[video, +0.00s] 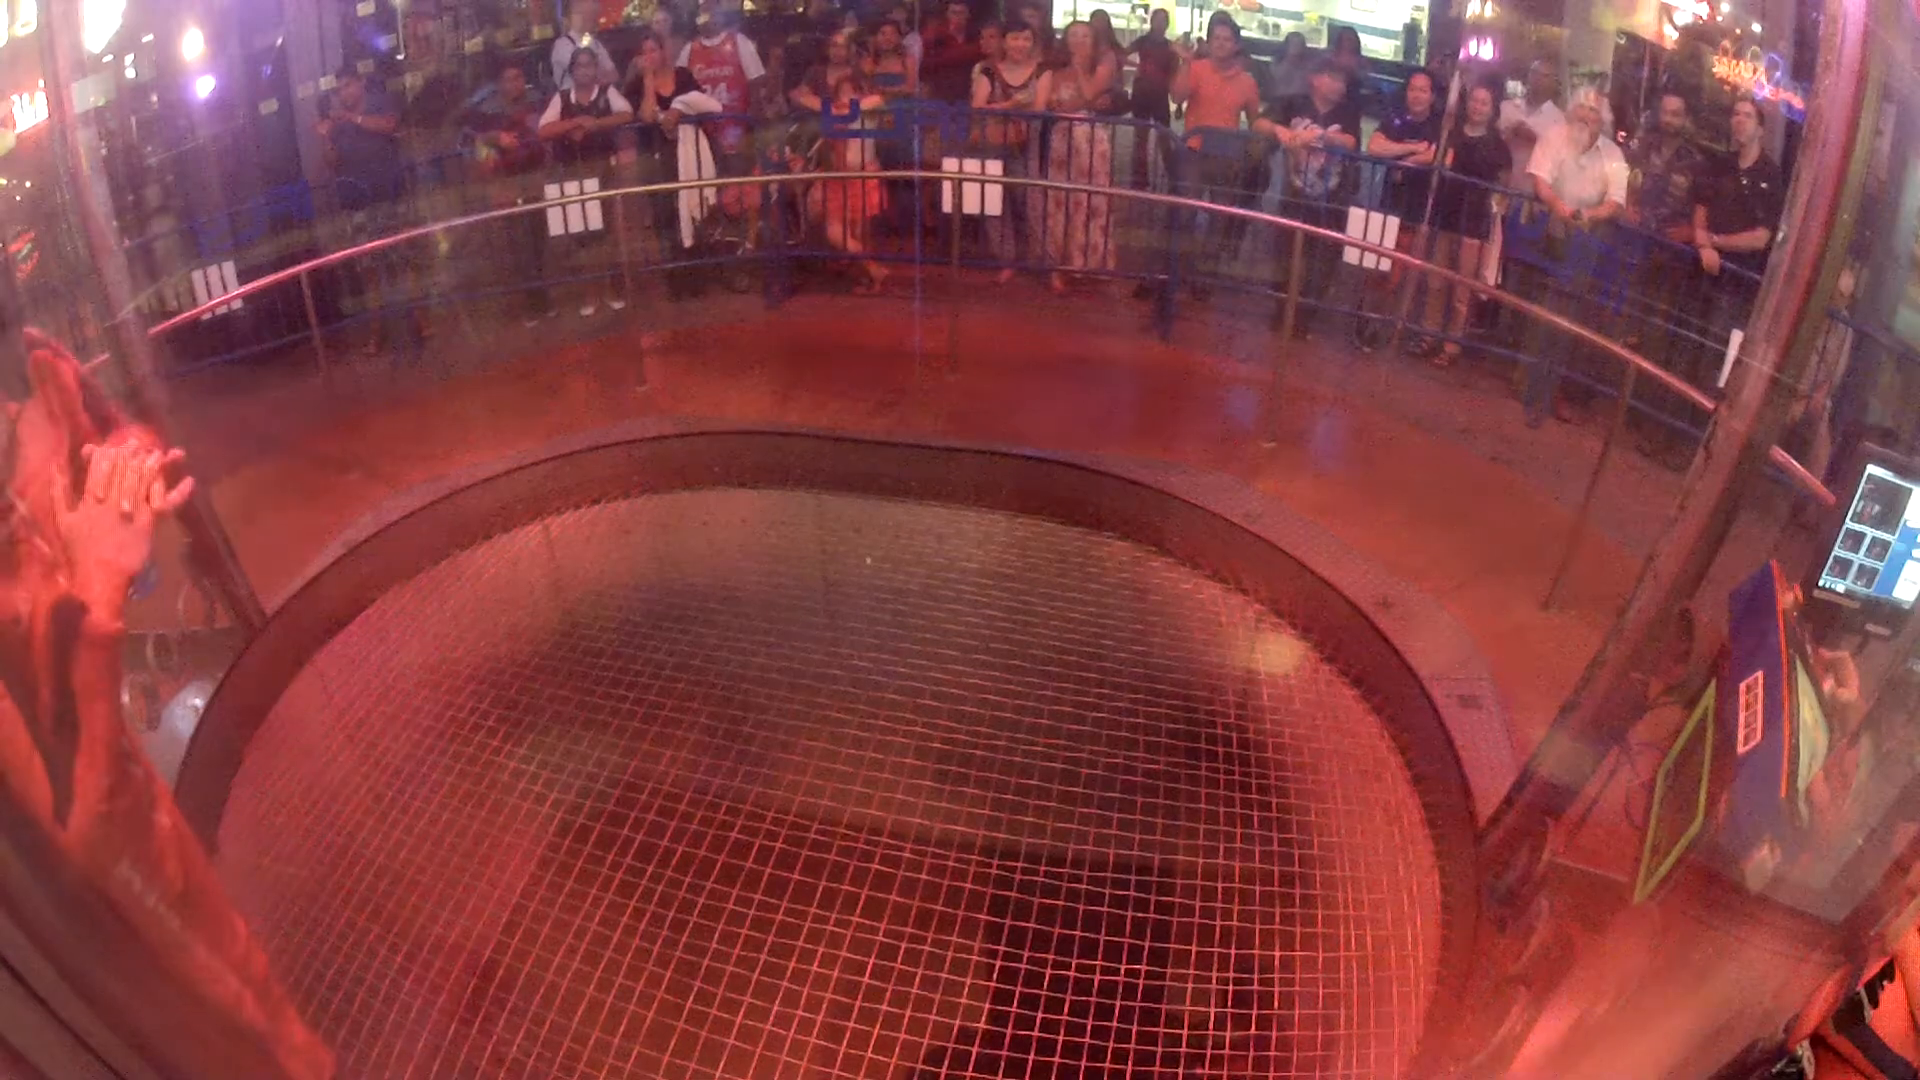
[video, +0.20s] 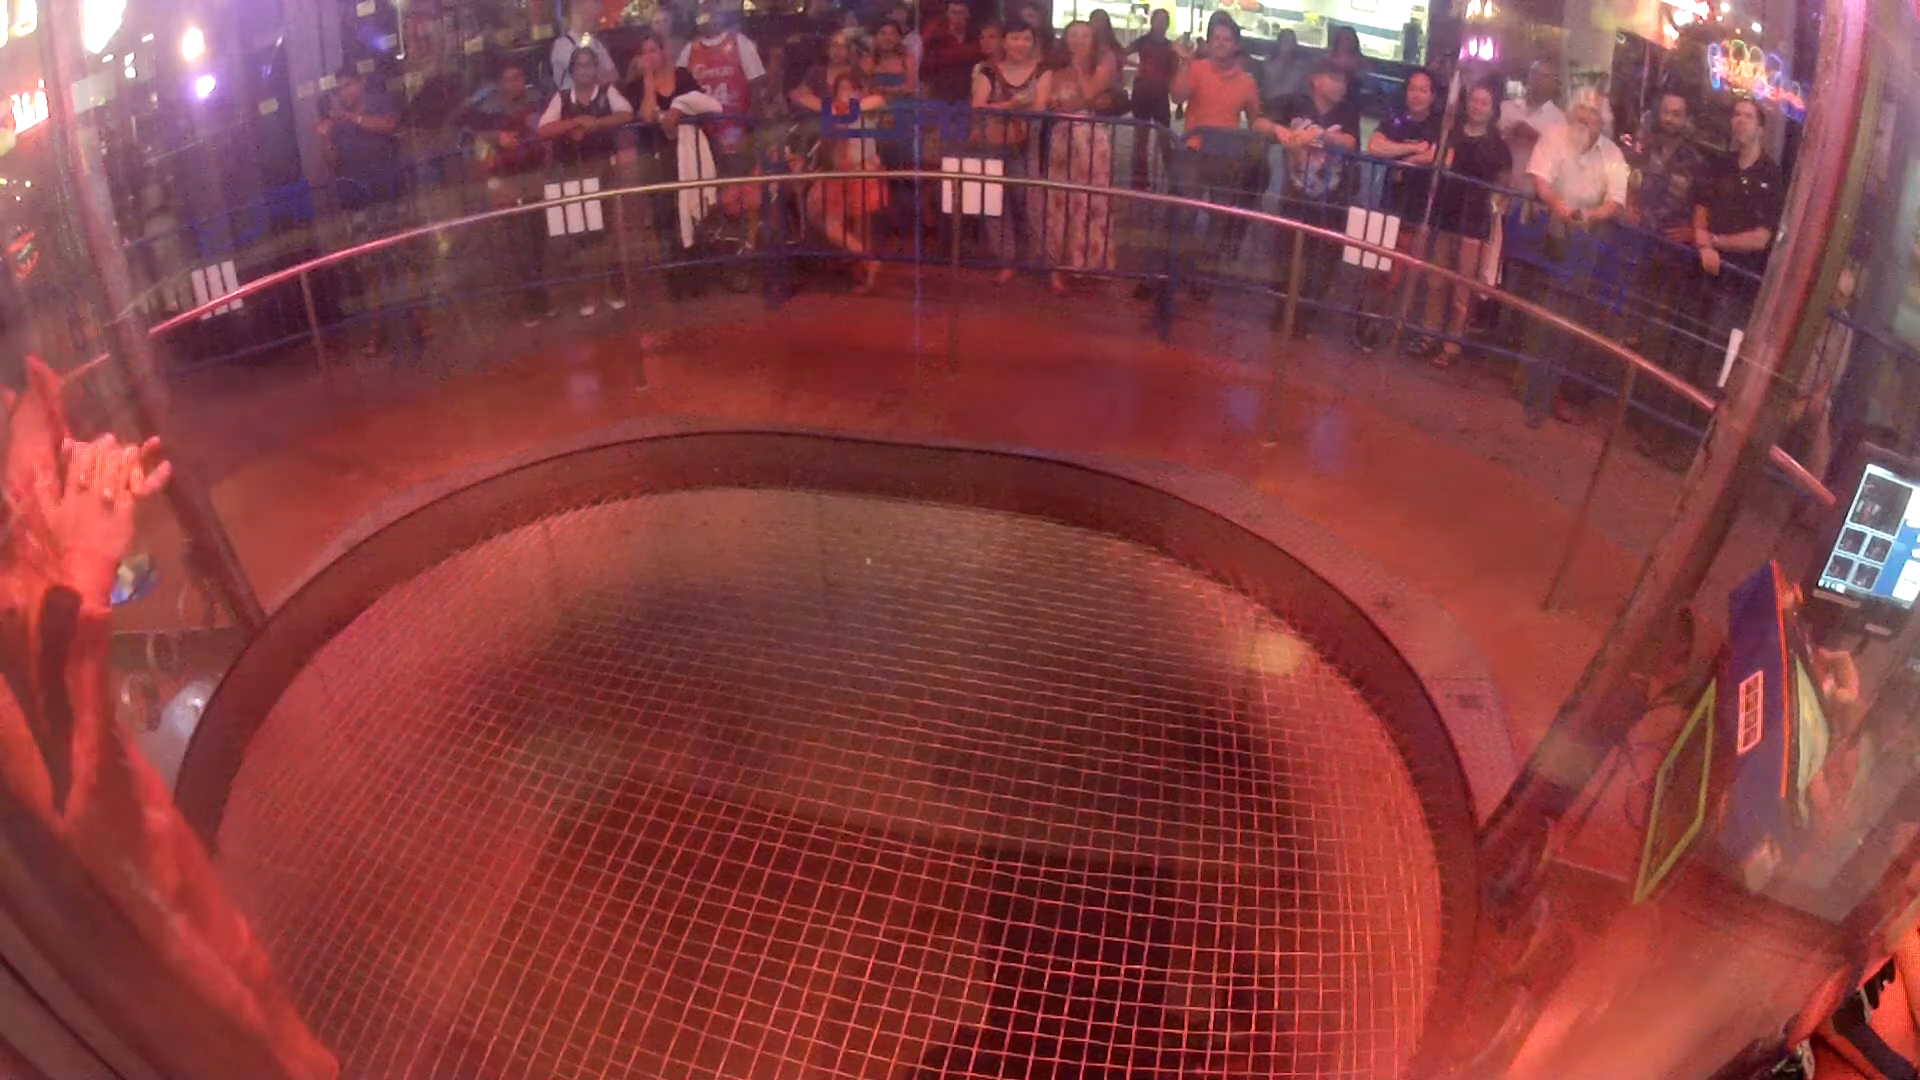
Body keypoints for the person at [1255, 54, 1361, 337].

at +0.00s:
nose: (1341, 88)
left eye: (1343, 83)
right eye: (1335, 81)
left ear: (1346, 87)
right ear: (1316, 80)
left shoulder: (1348, 112)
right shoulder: (1293, 104)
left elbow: (1352, 143)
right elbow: (1258, 123)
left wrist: (1321, 136)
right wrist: (1282, 132)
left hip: (1331, 202)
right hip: (1295, 196)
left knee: (1323, 262)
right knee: (1287, 254)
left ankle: (1306, 317)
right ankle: (1281, 310)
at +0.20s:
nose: (1341, 87)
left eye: (1343, 82)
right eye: (1334, 80)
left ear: (1345, 85)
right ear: (1316, 81)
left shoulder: (1348, 111)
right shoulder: (1292, 104)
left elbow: (1352, 143)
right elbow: (1258, 123)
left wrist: (1320, 136)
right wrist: (1282, 133)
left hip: (1331, 200)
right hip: (1295, 195)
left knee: (1322, 261)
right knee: (1287, 254)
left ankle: (1306, 316)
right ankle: (1281, 310)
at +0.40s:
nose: (1343, 89)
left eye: (1345, 83)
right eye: (1337, 82)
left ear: (1344, 85)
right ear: (1317, 81)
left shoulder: (1346, 111)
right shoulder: (1293, 105)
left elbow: (1352, 143)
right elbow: (1258, 124)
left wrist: (1321, 135)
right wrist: (1280, 131)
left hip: (1331, 201)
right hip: (1295, 196)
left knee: (1322, 260)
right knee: (1287, 253)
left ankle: (1308, 314)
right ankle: (1280, 307)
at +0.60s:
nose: (1338, 90)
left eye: (1341, 85)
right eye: (1332, 82)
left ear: (1344, 87)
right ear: (1314, 81)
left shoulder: (1346, 111)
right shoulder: (1293, 105)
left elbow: (1352, 144)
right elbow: (1258, 122)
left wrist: (1327, 137)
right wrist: (1282, 133)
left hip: (1331, 199)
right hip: (1295, 193)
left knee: (1323, 259)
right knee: (1287, 252)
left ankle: (1307, 314)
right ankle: (1280, 309)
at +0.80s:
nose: (1336, 92)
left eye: (1340, 87)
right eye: (1331, 85)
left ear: (1343, 89)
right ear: (1314, 81)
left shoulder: (1346, 112)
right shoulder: (1292, 105)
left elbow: (1351, 144)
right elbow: (1259, 123)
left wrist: (1323, 135)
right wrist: (1281, 132)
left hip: (1330, 199)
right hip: (1295, 193)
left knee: (1322, 258)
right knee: (1286, 250)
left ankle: (1308, 314)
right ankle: (1280, 306)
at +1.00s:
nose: (1333, 89)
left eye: (1337, 84)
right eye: (1328, 81)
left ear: (1343, 88)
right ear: (1313, 81)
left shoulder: (1347, 112)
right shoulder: (1293, 105)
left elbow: (1351, 144)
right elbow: (1258, 123)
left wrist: (1326, 136)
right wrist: (1283, 134)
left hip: (1331, 199)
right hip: (1295, 193)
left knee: (1322, 258)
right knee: (1287, 250)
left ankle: (1307, 313)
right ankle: (1280, 307)